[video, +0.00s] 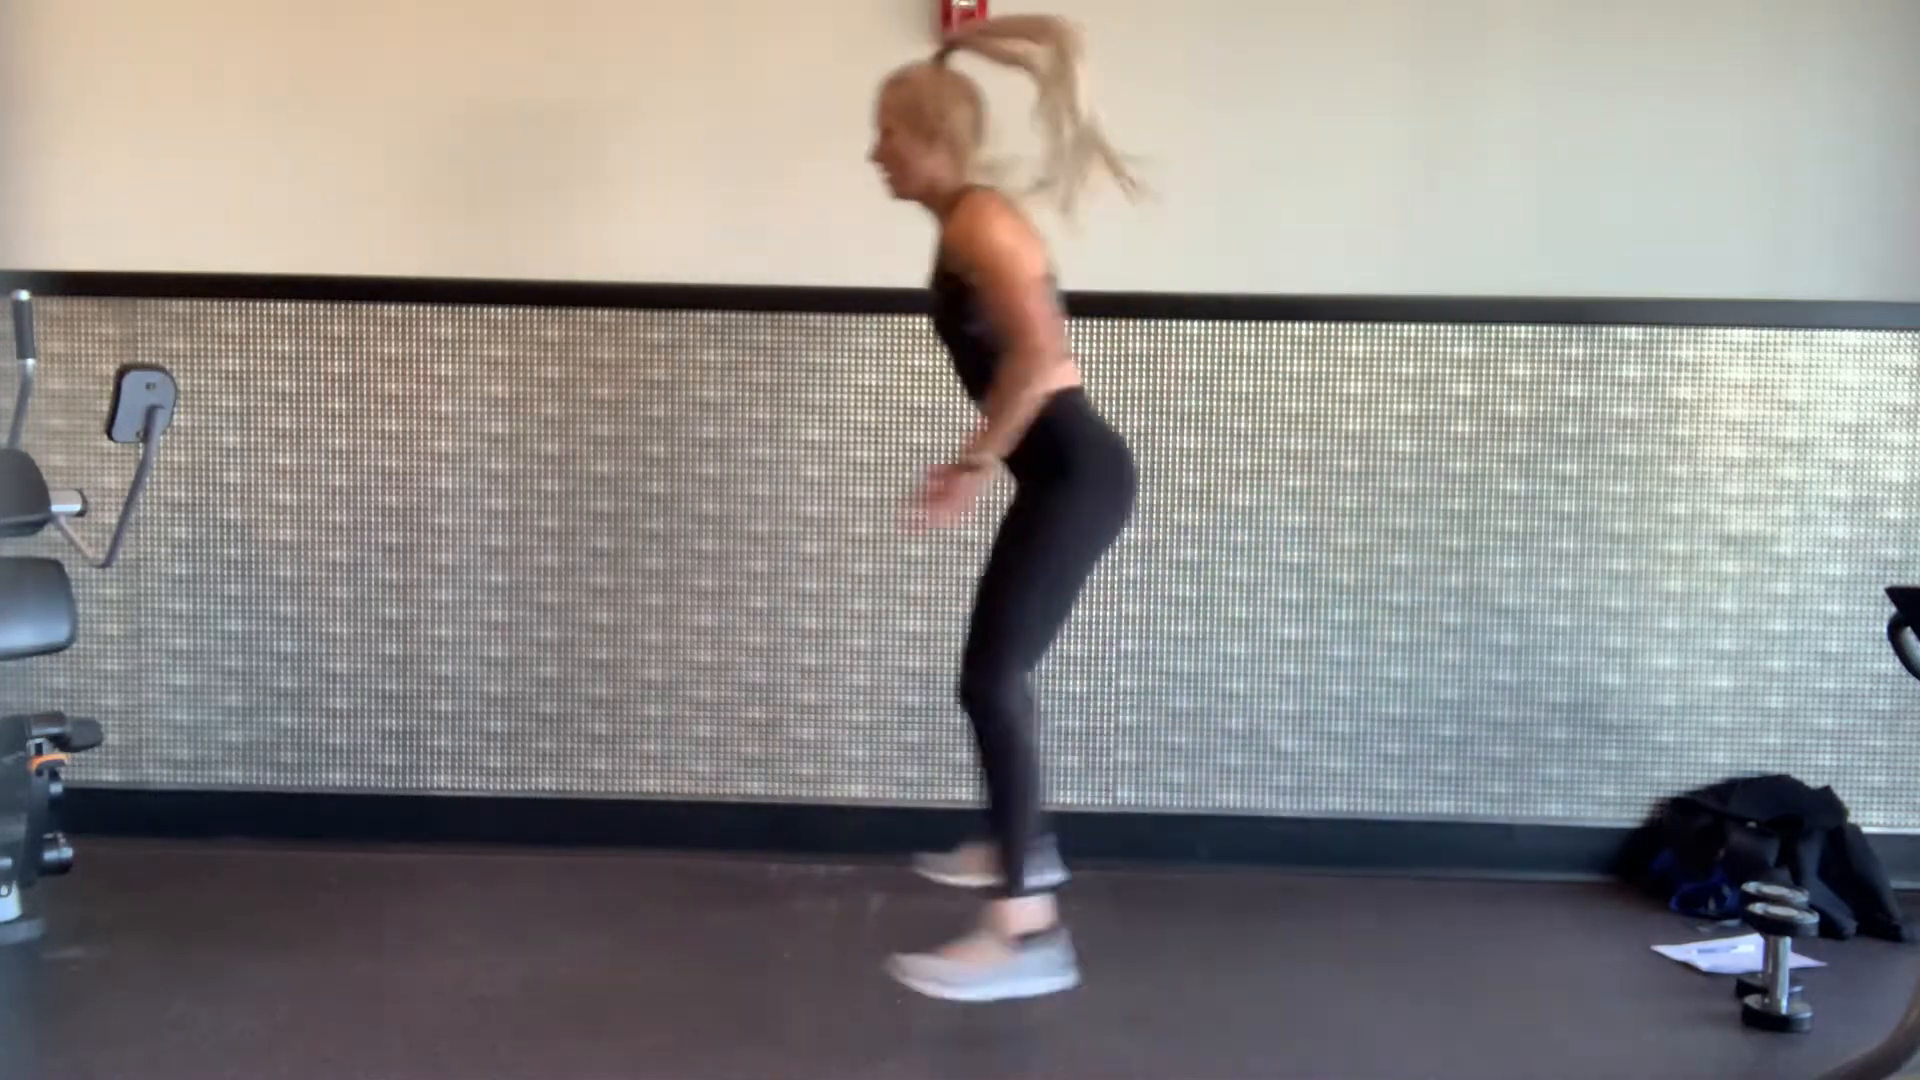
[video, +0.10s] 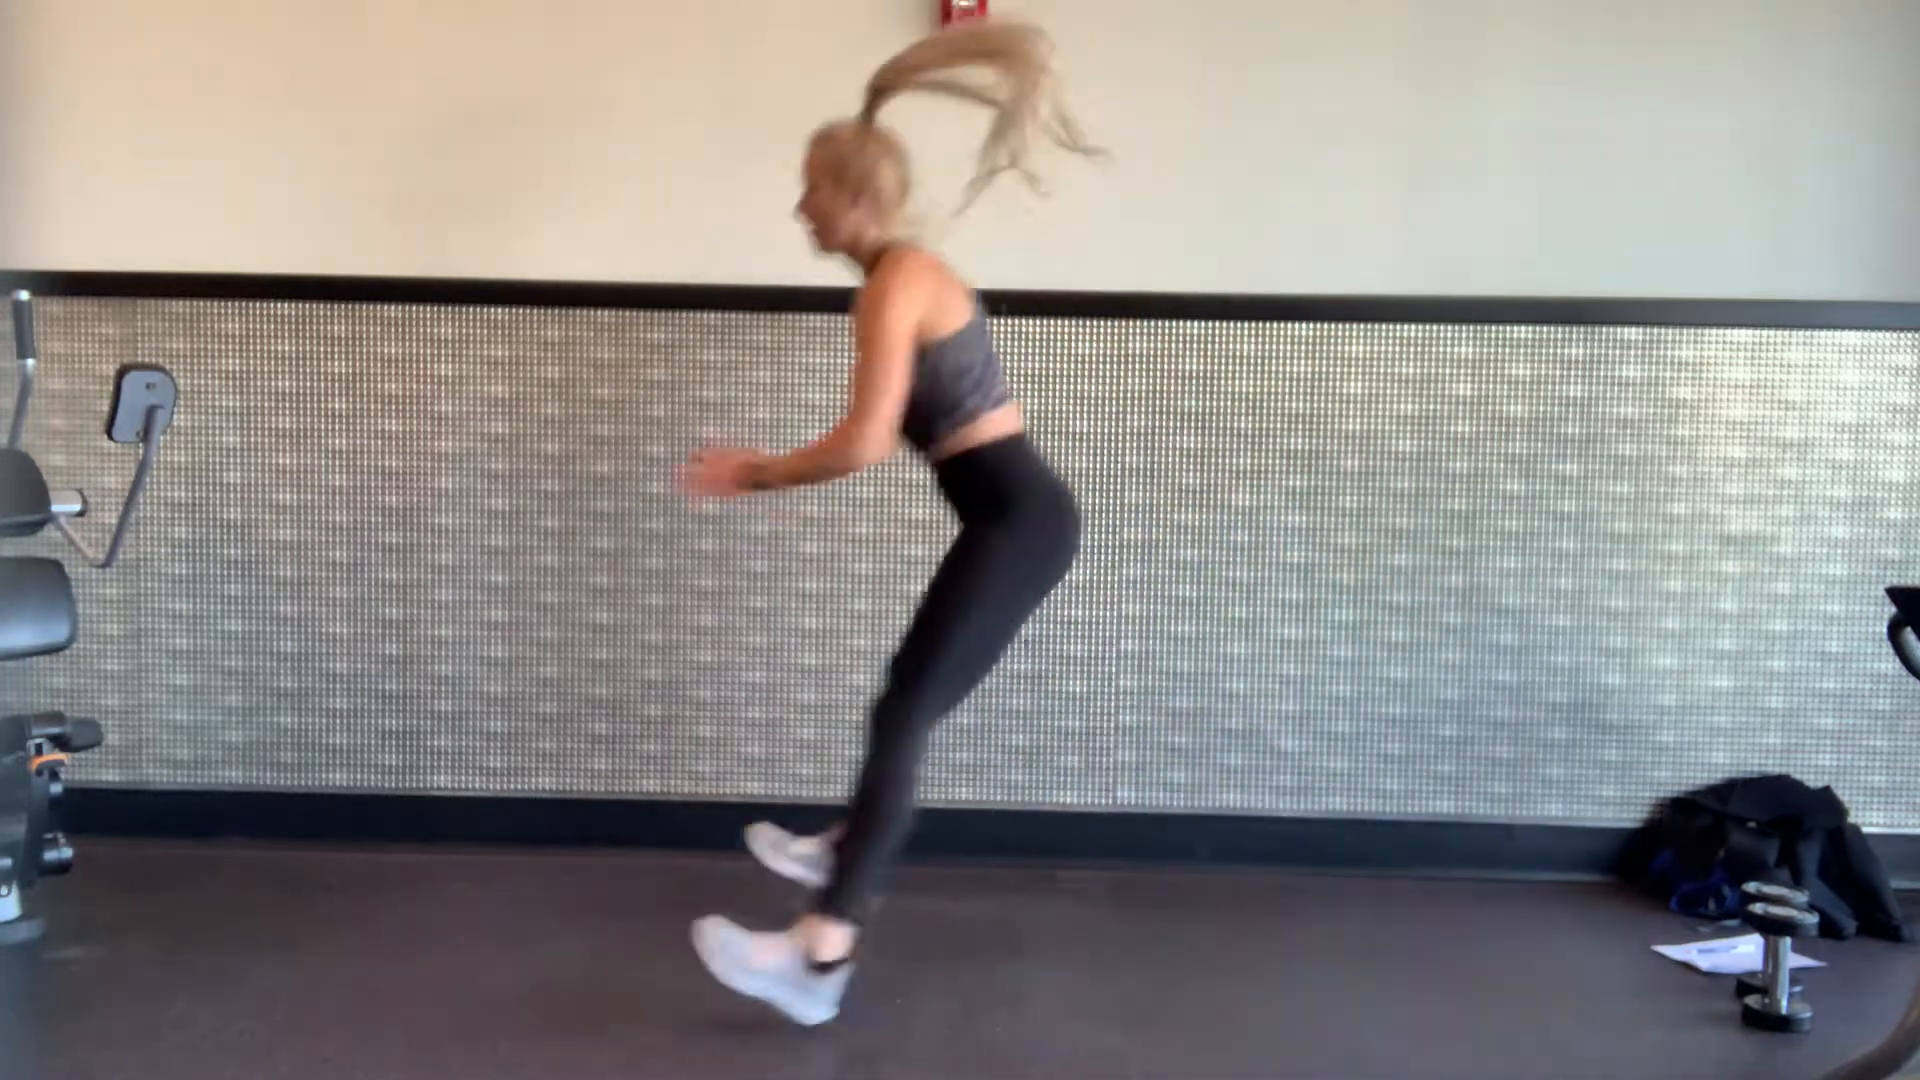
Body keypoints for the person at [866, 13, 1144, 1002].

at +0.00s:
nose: (876, 155)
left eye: (888, 139)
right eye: (877, 139)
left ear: (936, 145)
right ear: (937, 143)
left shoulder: (985, 226)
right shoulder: (962, 227)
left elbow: (1046, 362)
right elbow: (1033, 361)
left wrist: (972, 467)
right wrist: (986, 455)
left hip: (1077, 471)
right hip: (1055, 471)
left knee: (994, 679)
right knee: (992, 670)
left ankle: (1026, 918)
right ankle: (1011, 845)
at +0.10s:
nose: (802, 211)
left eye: (811, 197)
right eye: (805, 195)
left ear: (851, 200)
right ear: (871, 194)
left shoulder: (894, 287)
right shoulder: (917, 273)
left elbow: (865, 442)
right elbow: (881, 429)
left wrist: (760, 472)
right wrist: (783, 465)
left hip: (1017, 519)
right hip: (1017, 511)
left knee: (905, 712)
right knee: (908, 698)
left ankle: (825, 945)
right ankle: (848, 850)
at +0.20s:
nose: (743, 311)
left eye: (754, 298)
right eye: (748, 296)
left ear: (791, 313)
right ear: (815, 311)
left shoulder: (829, 401)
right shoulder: (847, 387)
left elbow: (705, 514)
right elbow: (727, 496)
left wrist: (635, 438)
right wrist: (653, 434)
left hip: (953, 627)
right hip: (952, 613)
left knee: (758, 740)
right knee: (781, 717)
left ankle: (751, 981)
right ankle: (787, 882)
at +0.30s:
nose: (689, 389)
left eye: (702, 380)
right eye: (696, 377)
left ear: (739, 402)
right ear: (763, 402)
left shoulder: (767, 486)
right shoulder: (785, 474)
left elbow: (617, 562)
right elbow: (645, 543)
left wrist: (608, 448)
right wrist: (621, 447)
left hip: (889, 713)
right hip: (886, 689)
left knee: (682, 755)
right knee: (721, 701)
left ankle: (746, 983)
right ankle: (781, 884)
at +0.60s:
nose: (575, 439)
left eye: (589, 430)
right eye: (581, 427)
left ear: (628, 452)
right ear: (645, 452)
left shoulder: (668, 529)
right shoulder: (689, 514)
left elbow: (547, 650)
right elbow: (570, 616)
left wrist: (500, 549)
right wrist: (529, 535)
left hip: (839, 715)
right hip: (826, 692)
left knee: (639, 768)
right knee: (675, 710)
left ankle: (743, 977)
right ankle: (776, 877)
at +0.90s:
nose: (558, 309)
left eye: (571, 295)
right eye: (564, 293)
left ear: (614, 312)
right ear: (642, 311)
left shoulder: (653, 404)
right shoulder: (691, 382)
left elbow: (669, 571)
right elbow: (695, 550)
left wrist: (596, 645)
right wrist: (613, 618)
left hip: (808, 609)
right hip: (816, 596)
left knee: (636, 763)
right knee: (699, 716)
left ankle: (742, 973)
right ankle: (776, 875)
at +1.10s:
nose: (626, 197)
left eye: (639, 184)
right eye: (633, 181)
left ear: (671, 201)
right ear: (719, 201)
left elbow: (587, 440)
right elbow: (851, 406)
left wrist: (531, 362)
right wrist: (840, 500)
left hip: (774, 557)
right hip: (787, 545)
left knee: (636, 760)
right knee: (634, 646)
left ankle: (744, 978)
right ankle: (740, 805)